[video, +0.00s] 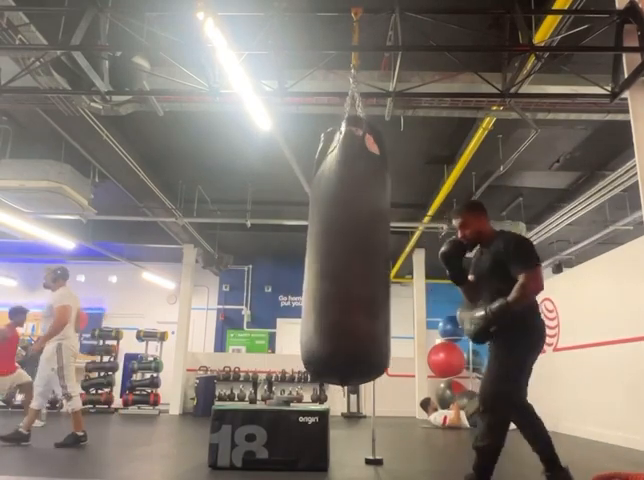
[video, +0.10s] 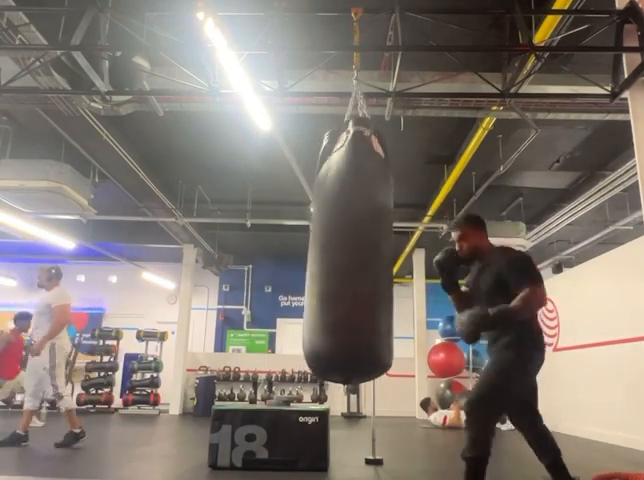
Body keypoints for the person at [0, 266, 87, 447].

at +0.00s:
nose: (44, 282)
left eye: (47, 278)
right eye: (45, 278)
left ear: (58, 278)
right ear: (61, 279)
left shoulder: (62, 294)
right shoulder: (67, 295)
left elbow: (62, 320)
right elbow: (76, 323)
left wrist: (42, 340)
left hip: (61, 344)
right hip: (55, 344)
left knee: (68, 389)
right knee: (40, 387)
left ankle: (79, 431)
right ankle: (24, 430)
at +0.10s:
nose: (38, 281)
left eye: (41, 278)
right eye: (39, 278)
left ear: (53, 278)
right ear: (52, 278)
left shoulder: (59, 294)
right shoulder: (48, 296)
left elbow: (62, 320)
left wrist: (42, 342)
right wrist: (36, 342)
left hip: (54, 346)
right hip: (42, 346)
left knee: (60, 389)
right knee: (33, 388)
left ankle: (75, 429)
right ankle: (22, 431)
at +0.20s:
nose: (32, 279)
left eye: (35, 276)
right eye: (32, 276)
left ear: (46, 276)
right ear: (45, 277)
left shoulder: (56, 293)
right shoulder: (40, 296)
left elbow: (61, 320)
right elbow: (37, 321)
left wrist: (46, 343)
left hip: (44, 343)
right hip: (32, 343)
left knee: (37, 388)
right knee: (26, 388)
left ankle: (66, 423)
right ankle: (21, 431)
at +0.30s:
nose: (25, 278)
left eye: (29, 275)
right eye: (26, 275)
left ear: (41, 276)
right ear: (37, 278)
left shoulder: (52, 293)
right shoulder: (32, 298)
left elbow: (62, 318)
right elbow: (24, 325)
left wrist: (51, 343)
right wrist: (16, 343)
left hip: (35, 343)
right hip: (24, 342)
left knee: (18, 388)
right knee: (24, 388)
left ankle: (46, 420)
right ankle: (21, 431)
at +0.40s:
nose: (20, 279)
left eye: (23, 275)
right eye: (20, 275)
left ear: (34, 276)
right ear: (25, 277)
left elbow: (60, 318)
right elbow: (16, 323)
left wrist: (55, 343)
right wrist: (5, 340)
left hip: (33, 341)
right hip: (18, 341)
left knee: (6, 383)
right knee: (22, 387)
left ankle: (20, 427)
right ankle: (22, 429)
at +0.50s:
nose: (15, 278)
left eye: (19, 275)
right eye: (14, 274)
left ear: (29, 276)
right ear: (15, 276)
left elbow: (55, 319)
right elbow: (8, 322)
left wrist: (55, 347)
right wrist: (3, 341)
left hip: (29, 342)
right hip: (11, 341)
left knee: (6, 376)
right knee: (18, 386)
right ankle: (20, 430)